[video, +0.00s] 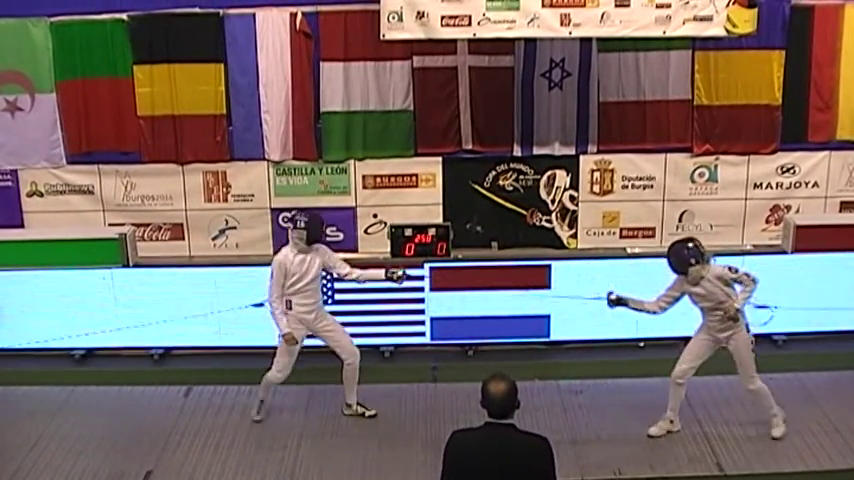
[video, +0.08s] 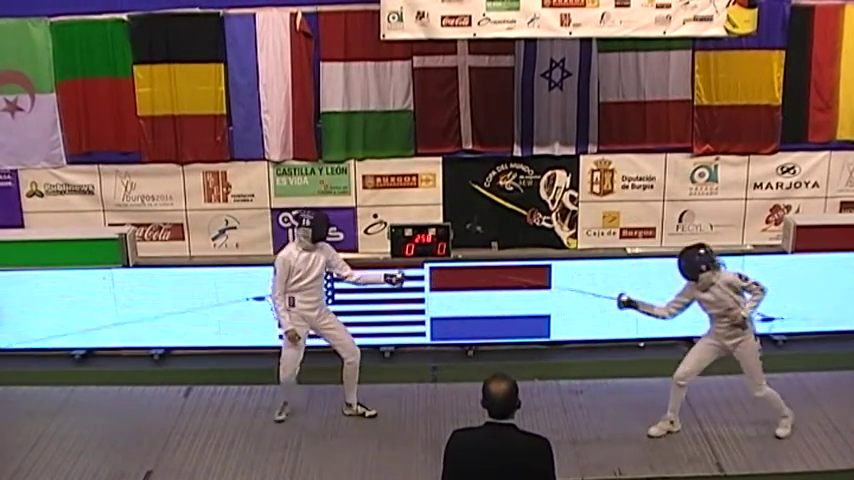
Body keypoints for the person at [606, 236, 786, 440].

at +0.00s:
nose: (690, 275)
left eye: (690, 270)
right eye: (686, 272)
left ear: (698, 263)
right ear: (683, 270)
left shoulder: (718, 273)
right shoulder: (682, 283)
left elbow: (750, 282)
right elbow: (657, 307)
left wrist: (738, 304)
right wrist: (624, 302)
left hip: (735, 331)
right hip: (709, 332)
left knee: (752, 384)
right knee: (679, 375)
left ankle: (776, 416)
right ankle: (671, 420)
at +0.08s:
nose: (694, 282)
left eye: (696, 277)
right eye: (692, 278)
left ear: (706, 270)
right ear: (693, 275)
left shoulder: (729, 279)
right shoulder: (692, 289)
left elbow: (759, 291)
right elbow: (667, 312)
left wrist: (745, 311)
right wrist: (634, 305)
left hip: (743, 339)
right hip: (715, 338)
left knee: (760, 390)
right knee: (680, 377)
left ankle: (786, 416)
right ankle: (671, 420)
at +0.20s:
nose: (714, 280)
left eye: (716, 275)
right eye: (710, 276)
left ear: (726, 268)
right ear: (708, 274)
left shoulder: (743, 277)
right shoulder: (709, 288)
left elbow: (777, 283)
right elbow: (683, 310)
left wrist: (765, 307)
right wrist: (650, 305)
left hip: (760, 337)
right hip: (732, 336)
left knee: (766, 390)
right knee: (698, 379)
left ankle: (786, 419)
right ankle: (674, 420)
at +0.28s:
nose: (720, 275)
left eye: (723, 269)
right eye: (717, 271)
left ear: (732, 261)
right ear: (713, 268)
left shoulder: (749, 268)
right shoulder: (715, 281)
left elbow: (785, 272)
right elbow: (690, 304)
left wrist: (773, 299)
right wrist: (655, 302)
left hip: (767, 328)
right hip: (741, 329)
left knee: (775, 382)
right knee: (710, 373)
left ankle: (787, 419)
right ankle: (690, 418)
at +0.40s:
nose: (729, 272)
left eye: (731, 266)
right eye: (726, 268)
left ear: (739, 259)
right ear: (721, 265)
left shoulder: (756, 267)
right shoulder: (721, 278)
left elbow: (790, 273)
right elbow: (695, 301)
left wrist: (778, 298)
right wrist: (661, 298)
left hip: (773, 326)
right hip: (748, 327)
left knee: (780, 378)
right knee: (725, 374)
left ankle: (795, 416)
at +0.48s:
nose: (729, 277)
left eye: (732, 272)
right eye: (726, 273)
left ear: (742, 265)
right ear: (724, 270)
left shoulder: (759, 275)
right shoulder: (725, 282)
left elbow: (792, 285)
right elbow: (698, 305)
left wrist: (778, 308)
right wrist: (665, 298)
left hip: (776, 334)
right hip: (751, 335)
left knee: (780, 384)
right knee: (730, 380)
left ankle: (797, 418)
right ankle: (751, 419)